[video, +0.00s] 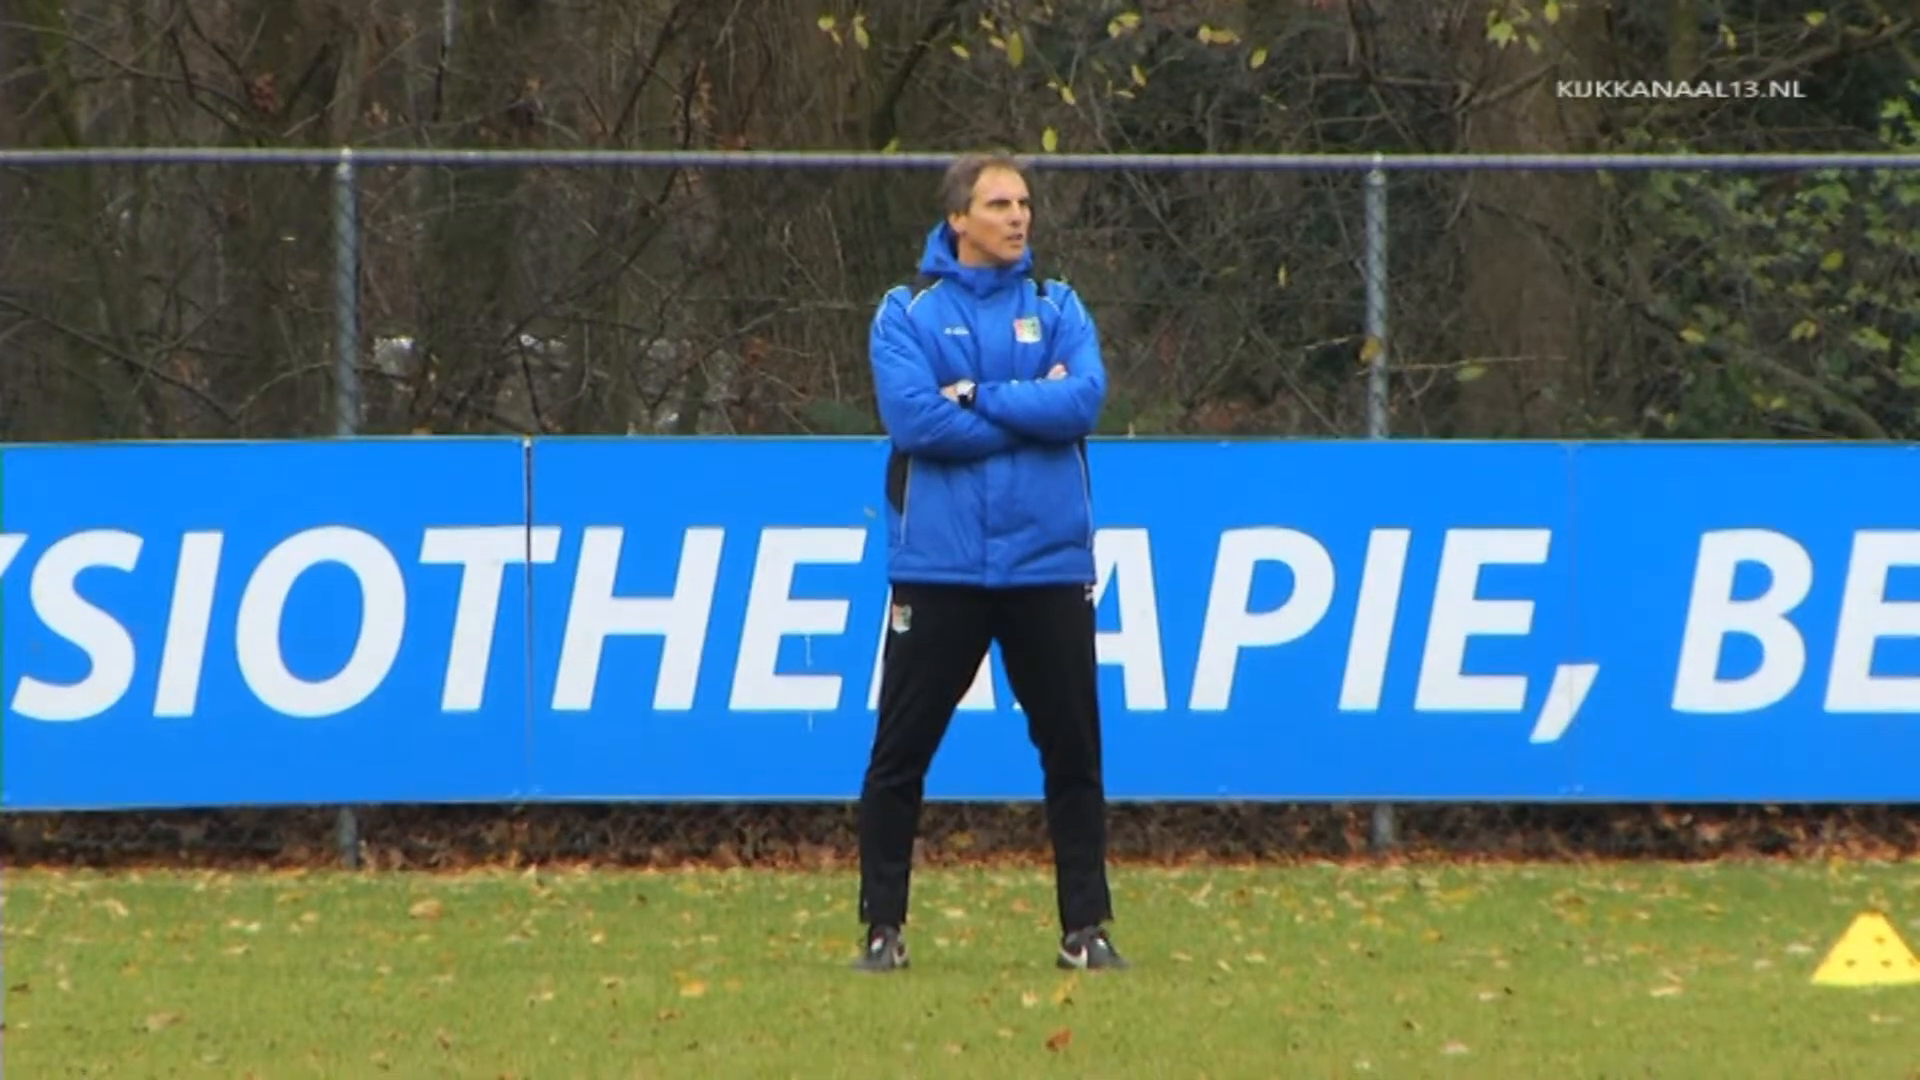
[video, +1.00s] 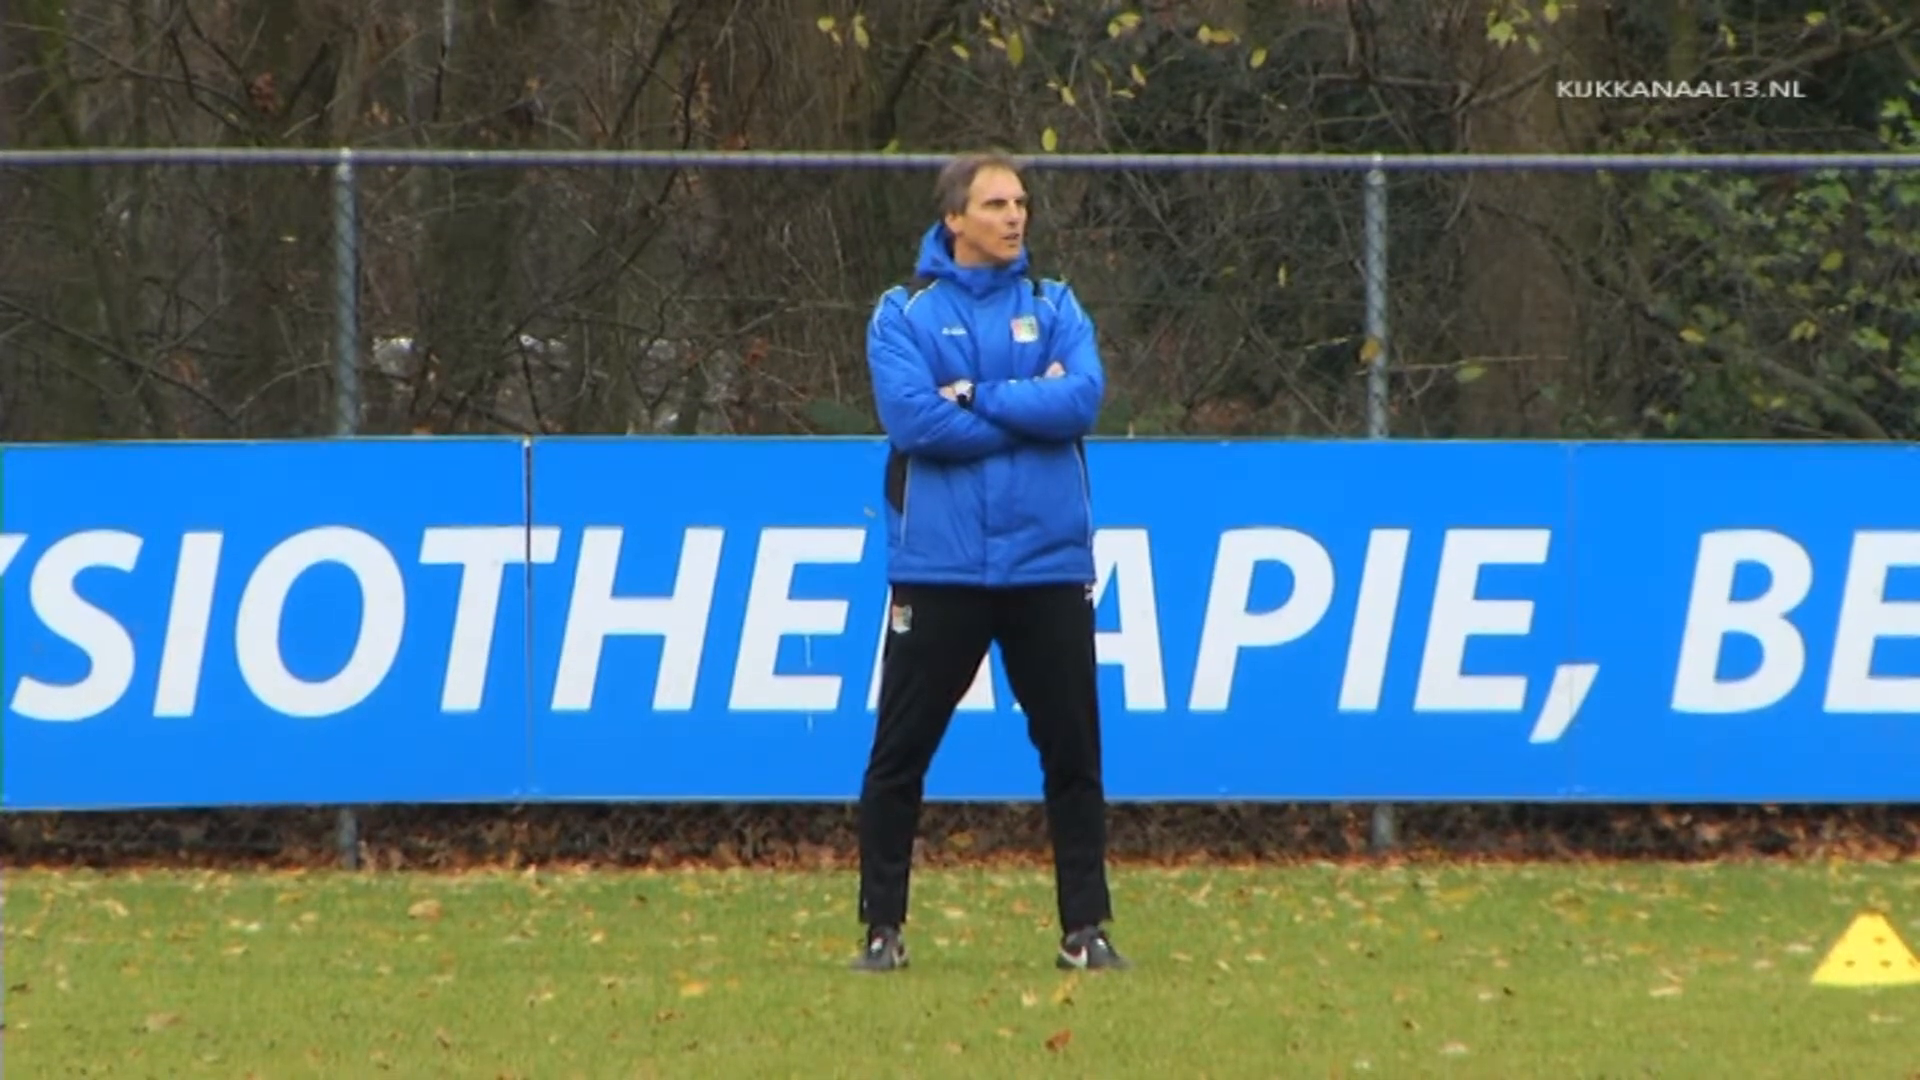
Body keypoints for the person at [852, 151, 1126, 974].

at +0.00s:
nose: (1017, 216)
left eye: (1023, 204)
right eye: (999, 205)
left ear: (1031, 218)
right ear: (959, 221)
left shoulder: (1058, 305)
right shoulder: (905, 312)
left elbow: (1082, 401)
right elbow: (917, 424)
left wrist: (973, 393)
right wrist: (1027, 415)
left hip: (1050, 566)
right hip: (940, 569)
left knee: (1073, 749)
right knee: (902, 752)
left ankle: (1085, 930)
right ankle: (882, 929)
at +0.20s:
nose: (1017, 217)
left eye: (1023, 205)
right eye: (999, 206)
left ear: (1030, 218)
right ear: (958, 221)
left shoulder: (1057, 305)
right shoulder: (904, 312)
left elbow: (1082, 403)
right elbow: (916, 425)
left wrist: (972, 394)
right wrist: (1026, 415)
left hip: (1050, 567)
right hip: (941, 570)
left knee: (1074, 751)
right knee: (901, 752)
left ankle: (1085, 931)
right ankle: (883, 930)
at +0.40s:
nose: (1017, 216)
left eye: (1022, 205)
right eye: (998, 206)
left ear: (1030, 218)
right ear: (957, 222)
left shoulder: (1057, 305)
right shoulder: (904, 312)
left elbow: (1081, 403)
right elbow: (916, 426)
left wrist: (972, 394)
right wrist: (1026, 414)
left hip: (1050, 568)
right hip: (941, 570)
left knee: (1073, 751)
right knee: (901, 753)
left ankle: (1085, 932)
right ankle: (882, 930)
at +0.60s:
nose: (1017, 216)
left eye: (1022, 205)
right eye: (998, 206)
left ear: (1030, 218)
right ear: (957, 221)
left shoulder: (1057, 305)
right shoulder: (904, 313)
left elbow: (1081, 403)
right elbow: (916, 425)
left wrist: (973, 394)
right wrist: (1026, 415)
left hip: (1050, 568)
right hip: (941, 570)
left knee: (1074, 751)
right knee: (901, 752)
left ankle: (1085, 932)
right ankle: (882, 930)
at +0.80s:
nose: (1015, 216)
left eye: (1020, 204)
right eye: (997, 205)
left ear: (1028, 218)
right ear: (956, 221)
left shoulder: (1056, 304)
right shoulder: (903, 312)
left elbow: (1081, 402)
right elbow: (915, 425)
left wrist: (972, 393)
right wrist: (1025, 415)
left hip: (1049, 567)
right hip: (940, 570)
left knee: (1073, 751)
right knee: (901, 752)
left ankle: (1085, 931)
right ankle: (881, 930)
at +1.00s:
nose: (1013, 216)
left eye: (1019, 204)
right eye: (995, 205)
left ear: (1027, 217)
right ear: (954, 221)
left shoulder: (1055, 304)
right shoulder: (902, 313)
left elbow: (1081, 401)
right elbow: (916, 425)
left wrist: (972, 393)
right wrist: (1026, 414)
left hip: (1050, 568)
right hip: (941, 570)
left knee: (1073, 751)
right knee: (901, 752)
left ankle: (1085, 931)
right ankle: (882, 929)